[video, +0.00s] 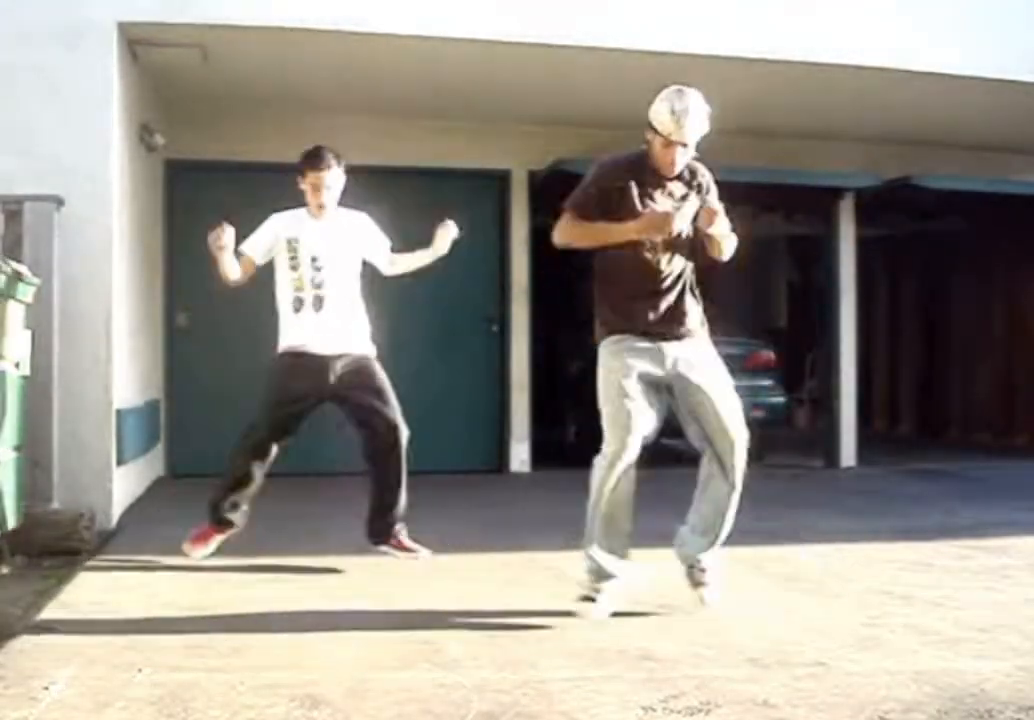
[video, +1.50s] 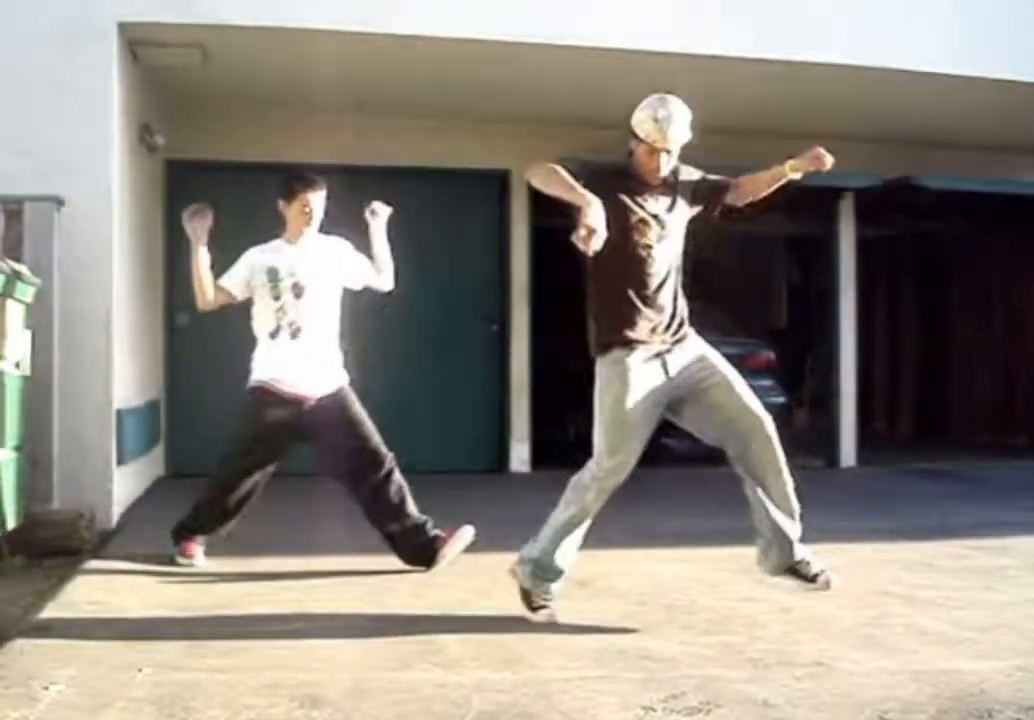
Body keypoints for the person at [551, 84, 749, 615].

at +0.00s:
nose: (674, 155)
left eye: (684, 145)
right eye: (666, 142)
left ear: (698, 141)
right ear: (650, 132)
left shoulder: (699, 180)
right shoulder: (613, 175)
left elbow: (721, 251)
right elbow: (563, 232)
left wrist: (712, 232)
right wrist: (637, 228)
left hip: (689, 339)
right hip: (627, 339)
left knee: (731, 441)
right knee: (624, 444)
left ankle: (698, 550)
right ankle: (602, 569)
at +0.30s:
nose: (717, 168)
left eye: (726, 159)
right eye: (710, 157)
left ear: (742, 154)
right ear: (695, 148)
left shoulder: (756, 195)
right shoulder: (666, 192)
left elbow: (779, 267)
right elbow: (648, 263)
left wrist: (720, 303)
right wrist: (702, 308)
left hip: (736, 360)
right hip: (679, 359)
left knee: (727, 477)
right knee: (698, 471)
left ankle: (650, 544)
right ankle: (737, 583)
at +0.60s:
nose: (776, 197)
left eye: (785, 187)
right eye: (768, 185)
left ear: (798, 181)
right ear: (751, 175)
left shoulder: (809, 228)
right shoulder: (720, 230)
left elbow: (830, 302)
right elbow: (700, 305)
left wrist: (790, 302)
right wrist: (756, 308)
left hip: (807, 385)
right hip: (742, 385)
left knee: (841, 486)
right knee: (694, 489)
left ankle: (875, 573)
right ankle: (614, 588)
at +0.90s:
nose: (730, 165)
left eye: (741, 157)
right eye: (724, 153)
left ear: (755, 153)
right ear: (708, 141)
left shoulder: (760, 190)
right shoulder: (673, 185)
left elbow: (791, 222)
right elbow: (628, 239)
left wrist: (771, 276)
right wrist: (642, 252)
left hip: (738, 336)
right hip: (683, 336)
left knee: (755, 463)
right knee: (713, 449)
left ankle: (702, 554)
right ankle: (755, 576)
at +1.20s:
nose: (667, 158)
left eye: (678, 148)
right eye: (660, 146)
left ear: (689, 148)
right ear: (643, 139)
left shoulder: (690, 192)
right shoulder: (615, 188)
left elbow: (692, 261)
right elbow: (558, 247)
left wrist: (735, 206)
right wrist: (595, 196)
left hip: (686, 345)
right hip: (630, 344)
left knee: (729, 460)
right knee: (625, 459)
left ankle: (687, 557)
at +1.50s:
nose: (660, 163)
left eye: (671, 153)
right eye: (652, 150)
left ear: (681, 150)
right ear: (634, 141)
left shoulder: (683, 184)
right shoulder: (608, 189)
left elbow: (738, 193)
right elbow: (537, 172)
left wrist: (791, 168)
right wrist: (588, 203)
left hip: (683, 345)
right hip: (627, 357)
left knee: (755, 429)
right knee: (611, 466)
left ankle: (785, 553)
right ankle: (536, 570)